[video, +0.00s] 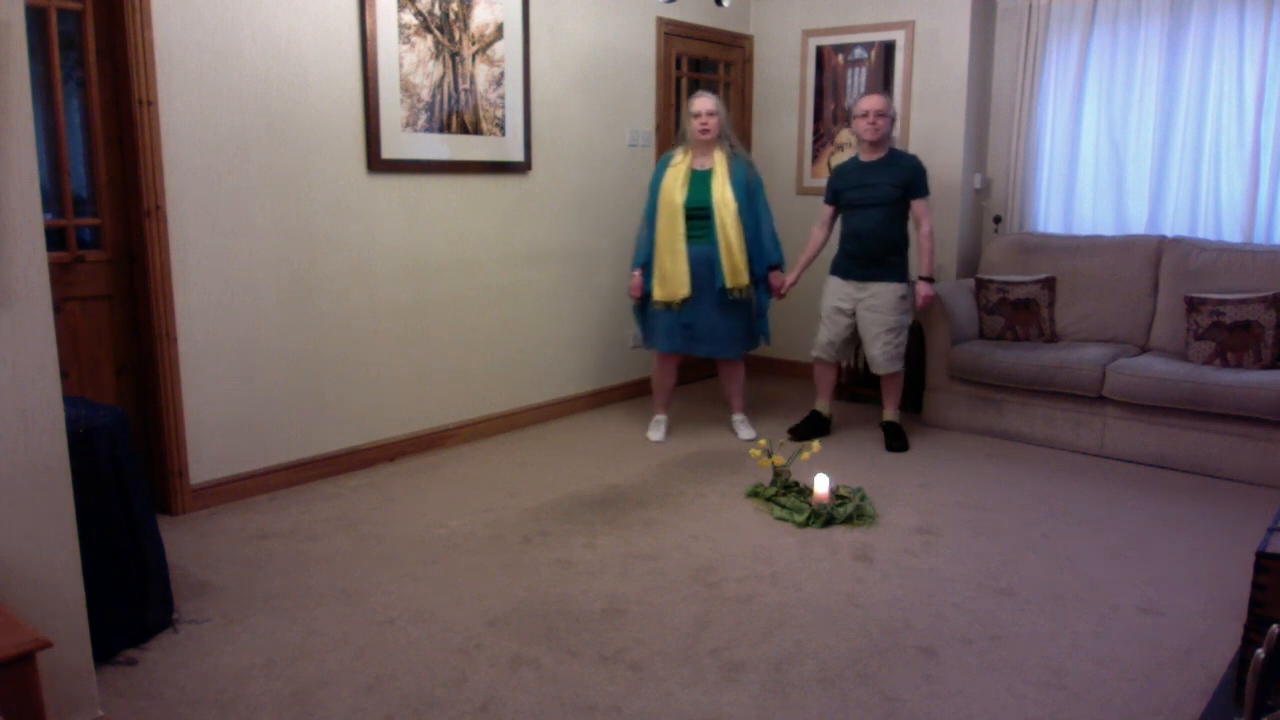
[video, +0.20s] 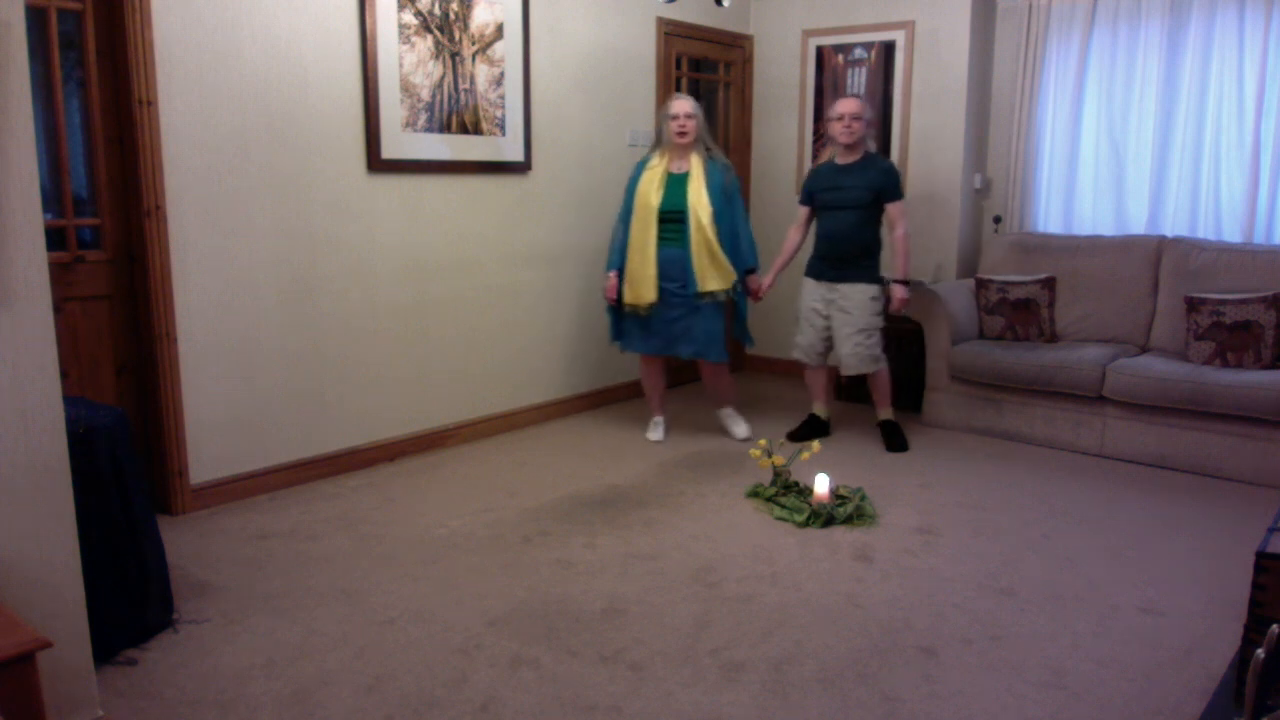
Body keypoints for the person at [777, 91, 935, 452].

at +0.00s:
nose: (872, 121)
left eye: (880, 115)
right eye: (864, 116)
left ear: (892, 122)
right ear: (853, 124)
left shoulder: (908, 167)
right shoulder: (841, 173)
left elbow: (923, 223)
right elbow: (822, 228)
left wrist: (925, 277)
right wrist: (794, 273)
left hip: (888, 282)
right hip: (843, 279)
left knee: (887, 357)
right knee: (825, 348)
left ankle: (891, 420)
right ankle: (820, 414)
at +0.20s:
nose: (847, 125)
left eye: (855, 119)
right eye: (840, 119)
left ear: (867, 125)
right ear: (828, 126)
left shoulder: (882, 172)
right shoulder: (818, 175)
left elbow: (898, 228)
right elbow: (798, 230)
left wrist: (899, 280)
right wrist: (770, 275)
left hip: (861, 282)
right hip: (818, 280)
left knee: (869, 355)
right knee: (811, 350)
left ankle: (885, 419)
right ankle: (819, 416)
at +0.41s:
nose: (824, 124)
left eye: (832, 118)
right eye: (817, 118)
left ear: (845, 125)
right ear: (807, 124)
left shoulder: (860, 170)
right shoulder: (796, 173)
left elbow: (873, 225)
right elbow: (777, 228)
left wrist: (873, 279)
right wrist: (750, 273)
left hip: (840, 277)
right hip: (800, 276)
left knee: (832, 347)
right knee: (803, 350)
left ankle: (842, 414)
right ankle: (815, 416)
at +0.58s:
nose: (808, 122)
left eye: (817, 116)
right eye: (801, 116)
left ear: (831, 123)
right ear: (791, 122)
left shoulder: (845, 168)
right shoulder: (781, 174)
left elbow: (858, 224)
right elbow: (764, 228)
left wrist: (859, 277)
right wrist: (740, 274)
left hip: (828, 273)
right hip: (791, 273)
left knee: (804, 348)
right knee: (799, 349)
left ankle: (786, 425)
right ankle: (817, 417)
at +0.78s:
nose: (793, 125)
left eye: (802, 119)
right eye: (786, 119)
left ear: (815, 127)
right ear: (776, 126)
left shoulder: (830, 173)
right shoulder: (765, 179)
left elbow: (844, 229)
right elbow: (748, 234)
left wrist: (844, 284)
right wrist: (726, 279)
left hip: (810, 283)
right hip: (772, 282)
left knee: (785, 357)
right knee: (788, 356)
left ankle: (763, 430)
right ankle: (816, 416)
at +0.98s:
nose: (782, 122)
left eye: (790, 116)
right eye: (775, 116)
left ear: (802, 124)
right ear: (764, 123)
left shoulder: (817, 172)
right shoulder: (749, 175)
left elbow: (827, 231)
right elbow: (731, 230)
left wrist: (825, 286)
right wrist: (715, 275)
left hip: (792, 285)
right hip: (750, 284)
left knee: (778, 361)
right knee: (751, 360)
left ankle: (763, 428)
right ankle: (789, 398)